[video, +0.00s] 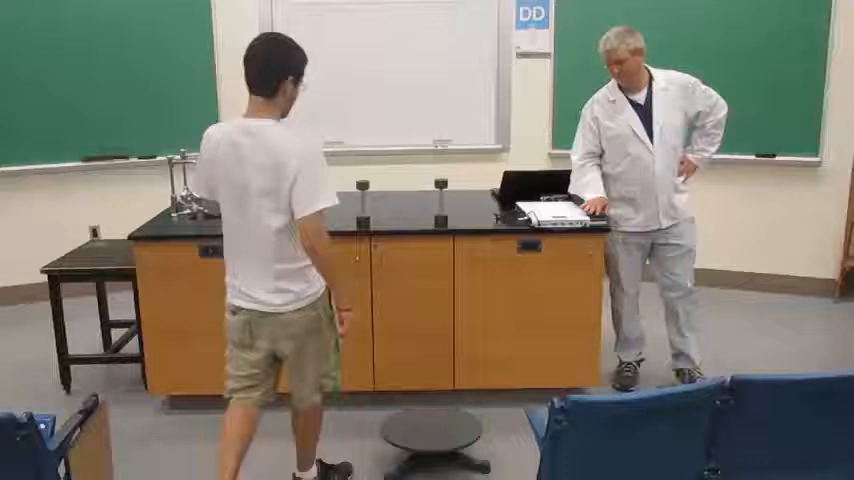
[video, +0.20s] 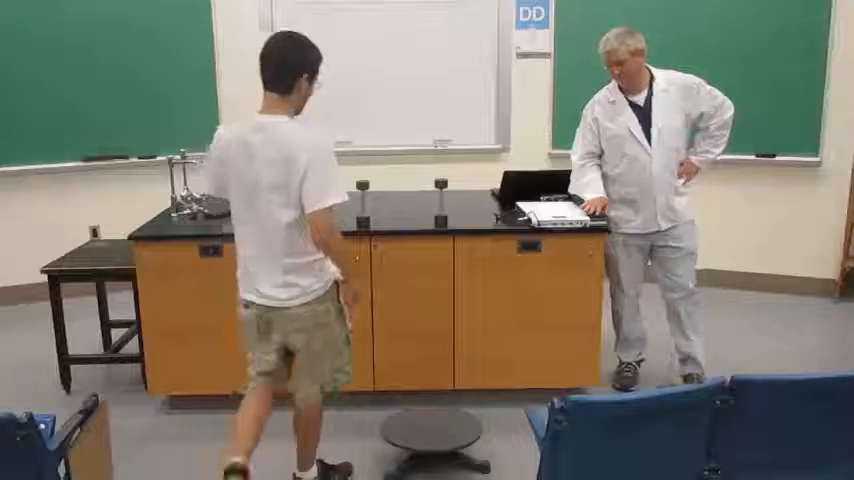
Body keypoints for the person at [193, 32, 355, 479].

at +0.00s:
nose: (299, 93)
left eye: (300, 83)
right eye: (298, 83)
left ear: (249, 79)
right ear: (287, 84)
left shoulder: (216, 138)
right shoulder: (298, 146)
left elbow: (210, 199)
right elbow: (313, 237)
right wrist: (338, 294)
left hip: (244, 300)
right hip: (298, 302)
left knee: (244, 397)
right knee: (308, 395)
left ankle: (226, 475)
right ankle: (306, 470)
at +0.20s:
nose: (313, 90)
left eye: (314, 80)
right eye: (313, 80)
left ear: (263, 76)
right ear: (301, 82)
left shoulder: (229, 138)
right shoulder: (308, 143)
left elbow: (215, 196)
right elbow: (322, 229)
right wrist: (349, 278)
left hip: (256, 292)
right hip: (307, 294)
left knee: (263, 379)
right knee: (309, 390)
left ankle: (237, 459)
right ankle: (306, 471)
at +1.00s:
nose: (364, 87)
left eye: (364, 81)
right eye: (363, 80)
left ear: (324, 81)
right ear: (352, 79)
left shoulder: (299, 121)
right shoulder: (358, 120)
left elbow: (292, 178)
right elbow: (391, 188)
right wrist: (419, 203)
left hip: (300, 250)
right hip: (335, 253)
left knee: (328, 339)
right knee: (343, 346)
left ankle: (335, 411)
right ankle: (315, 443)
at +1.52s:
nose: (374, 91)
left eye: (375, 82)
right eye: (372, 81)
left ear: (341, 75)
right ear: (350, 75)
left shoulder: (312, 115)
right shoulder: (345, 118)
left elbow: (317, 185)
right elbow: (354, 188)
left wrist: (376, 205)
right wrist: (388, 213)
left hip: (313, 243)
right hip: (332, 249)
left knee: (341, 336)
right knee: (334, 348)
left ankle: (339, 410)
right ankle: (327, 444)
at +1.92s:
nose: (371, 103)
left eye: (374, 95)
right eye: (369, 95)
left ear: (341, 84)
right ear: (344, 84)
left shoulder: (334, 124)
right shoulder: (323, 131)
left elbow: (341, 198)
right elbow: (310, 210)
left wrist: (362, 245)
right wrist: (347, 259)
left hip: (339, 257)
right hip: (326, 261)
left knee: (343, 342)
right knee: (331, 356)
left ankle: (339, 409)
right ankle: (328, 447)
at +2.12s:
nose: (378, 104)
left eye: (381, 95)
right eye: (374, 95)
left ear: (347, 87)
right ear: (346, 86)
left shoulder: (343, 125)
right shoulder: (327, 133)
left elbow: (341, 204)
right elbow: (305, 214)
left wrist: (363, 251)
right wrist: (334, 268)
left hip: (362, 253)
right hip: (334, 263)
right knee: (334, 360)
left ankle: (355, 372)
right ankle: (328, 447)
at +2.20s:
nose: (378, 104)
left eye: (381, 95)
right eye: (374, 95)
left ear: (347, 87)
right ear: (346, 86)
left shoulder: (342, 124)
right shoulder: (326, 132)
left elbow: (341, 204)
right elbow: (305, 214)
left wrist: (364, 251)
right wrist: (334, 268)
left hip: (361, 253)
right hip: (334, 263)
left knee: (408, 310)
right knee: (335, 360)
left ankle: (355, 372)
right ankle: (328, 447)